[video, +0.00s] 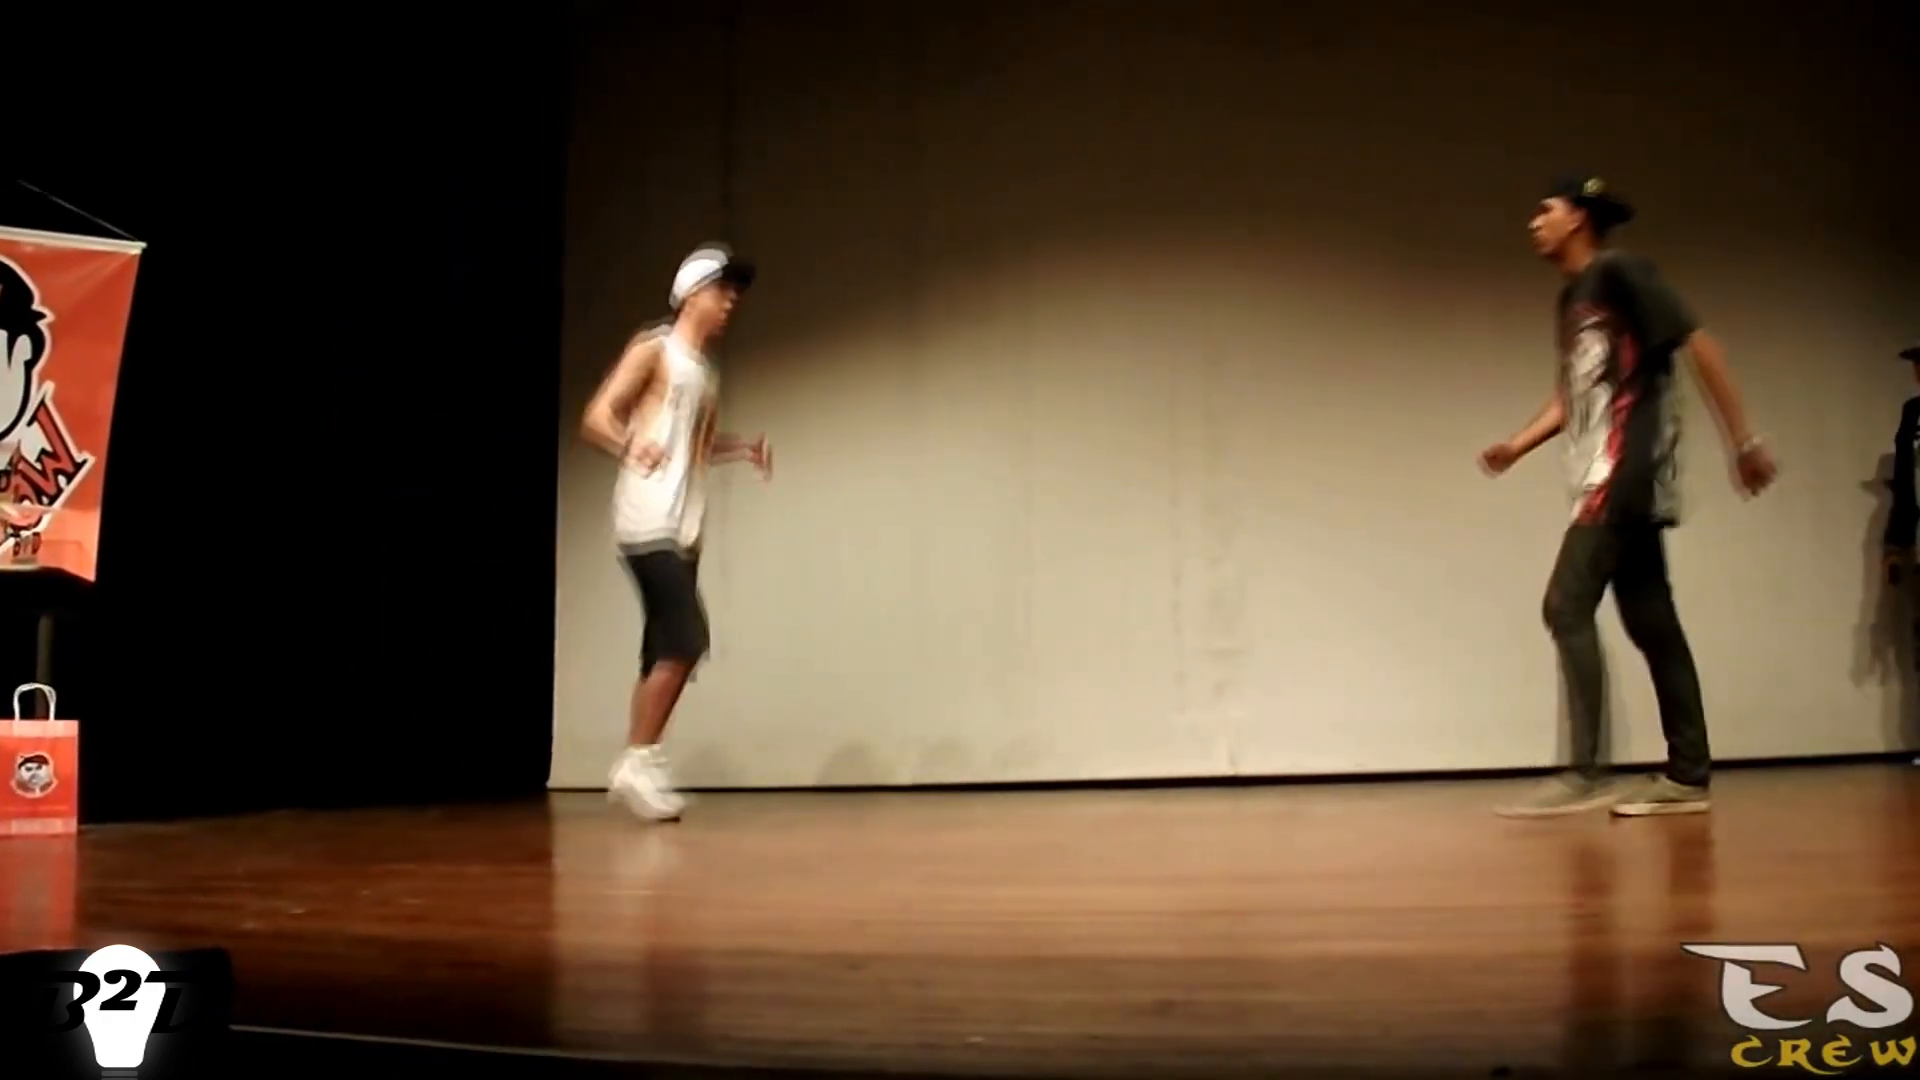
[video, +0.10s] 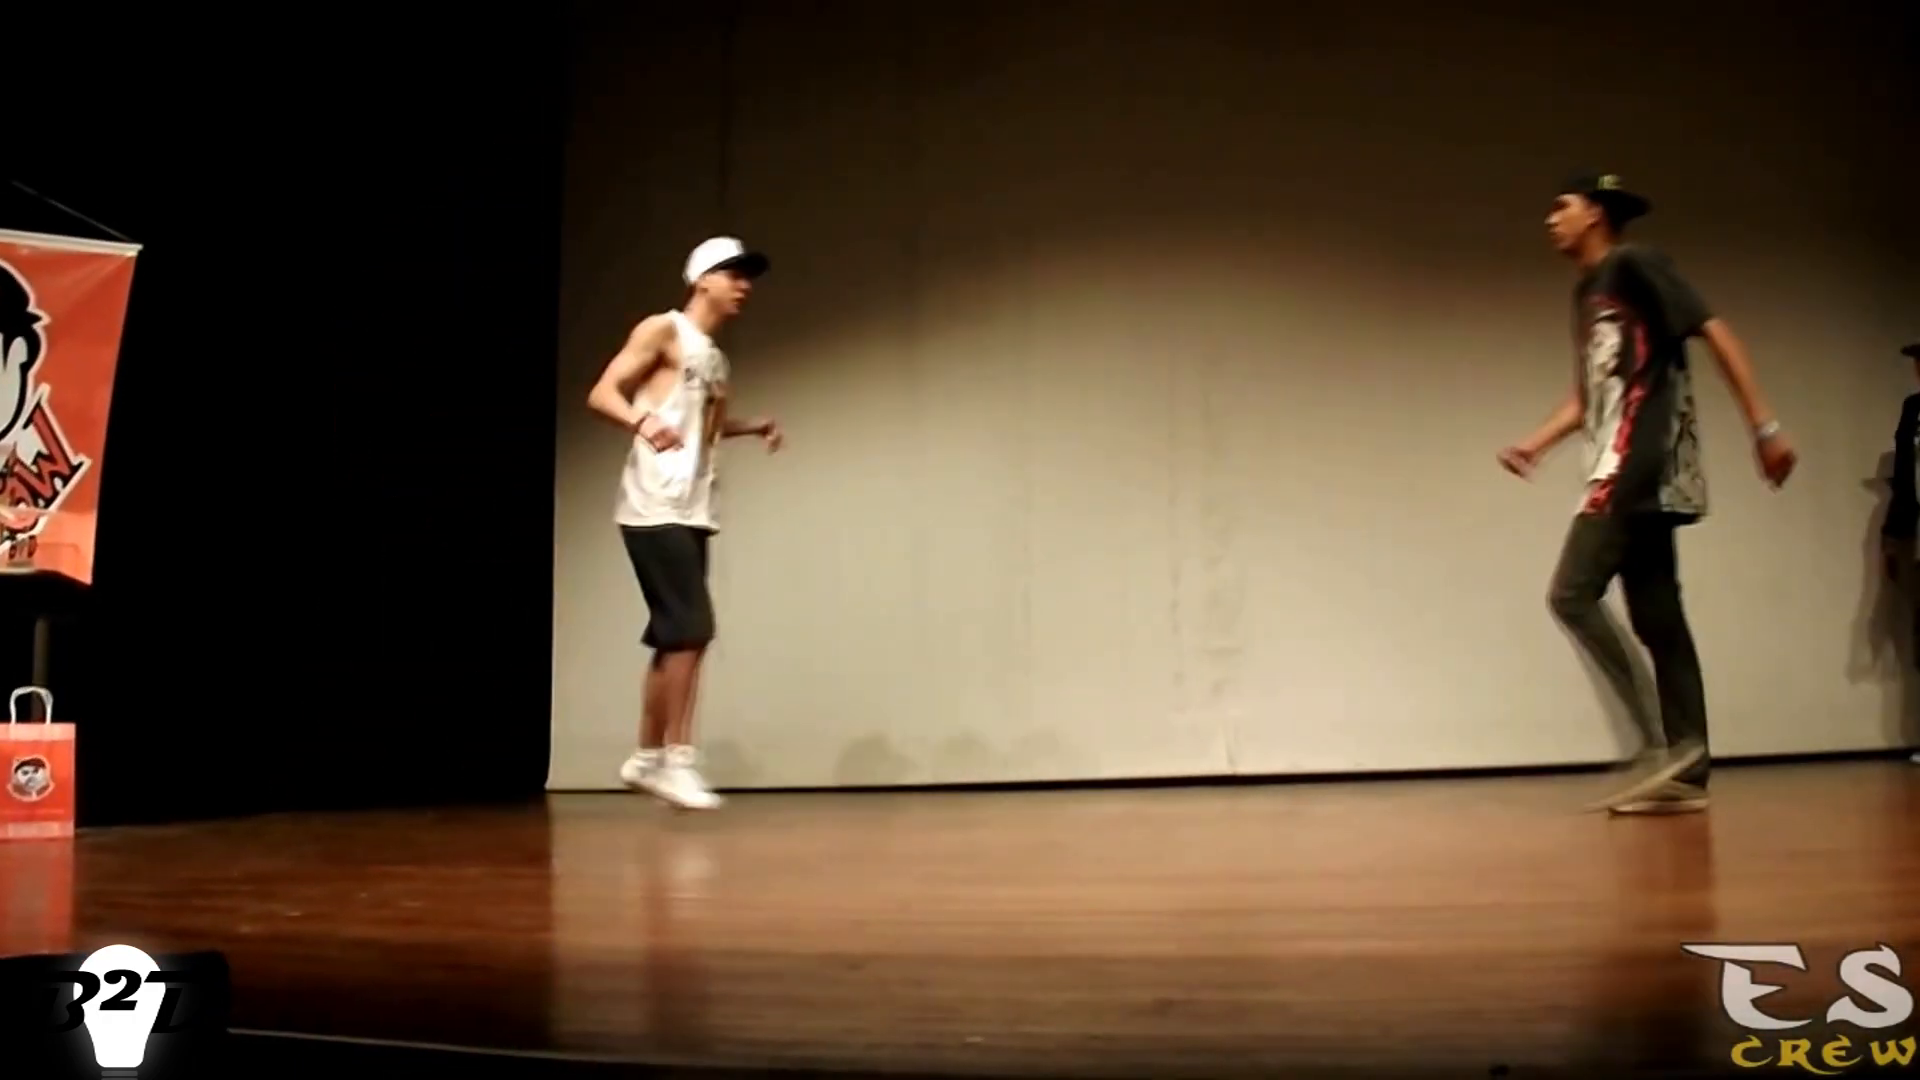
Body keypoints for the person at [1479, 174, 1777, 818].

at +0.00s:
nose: (1534, 223)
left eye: (1546, 212)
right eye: (1537, 213)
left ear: (1582, 220)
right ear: (1571, 224)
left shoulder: (1625, 274)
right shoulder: (1573, 296)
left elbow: (1699, 347)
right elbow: (1569, 398)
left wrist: (1742, 442)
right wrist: (1515, 446)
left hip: (1625, 481)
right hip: (1612, 483)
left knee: (1566, 608)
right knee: (1654, 624)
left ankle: (1583, 776)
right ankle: (1689, 776)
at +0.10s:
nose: (1551, 220)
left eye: (1562, 208)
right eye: (1553, 210)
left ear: (1598, 215)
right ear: (1589, 220)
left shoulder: (1637, 264)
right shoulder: (1591, 290)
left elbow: (1714, 334)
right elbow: (1587, 398)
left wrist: (1764, 429)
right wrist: (1534, 444)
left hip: (1635, 469)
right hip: (1632, 472)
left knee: (1572, 598)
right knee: (1660, 620)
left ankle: (1658, 748)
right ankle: (1687, 775)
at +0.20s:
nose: (1564, 218)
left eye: (1575, 207)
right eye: (1566, 208)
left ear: (1611, 215)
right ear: (1603, 219)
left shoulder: (1644, 263)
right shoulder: (1612, 286)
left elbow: (1718, 332)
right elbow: (1612, 397)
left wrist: (1769, 426)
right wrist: (1558, 457)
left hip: (1648, 467)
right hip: (1641, 469)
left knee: (1592, 600)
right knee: (1667, 612)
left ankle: (1710, 719)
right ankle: (1684, 772)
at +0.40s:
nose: (1596, 212)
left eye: (1608, 201)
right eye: (1599, 202)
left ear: (1644, 210)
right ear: (1632, 214)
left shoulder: (1673, 266)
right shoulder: (1647, 282)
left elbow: (1694, 348)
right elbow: (1654, 385)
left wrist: (1707, 435)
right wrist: (1649, 476)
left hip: (1683, 478)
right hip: (1654, 483)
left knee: (1698, 611)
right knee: (1673, 622)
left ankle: (1803, 757)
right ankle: (1680, 775)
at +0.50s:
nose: (1613, 211)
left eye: (1625, 199)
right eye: (1615, 201)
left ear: (1662, 208)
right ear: (1654, 212)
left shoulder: (1690, 259)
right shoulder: (1666, 276)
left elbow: (1683, 349)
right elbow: (1682, 373)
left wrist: (1641, 419)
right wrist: (1641, 433)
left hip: (1716, 470)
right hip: (1680, 473)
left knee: (1745, 610)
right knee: (1669, 619)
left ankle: (1811, 768)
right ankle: (1677, 776)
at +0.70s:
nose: (1642, 201)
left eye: (1655, 189)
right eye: (1644, 191)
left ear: (1693, 197)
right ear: (1681, 201)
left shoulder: (1726, 250)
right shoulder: (1699, 267)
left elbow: (1680, 332)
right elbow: (1723, 387)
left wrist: (1578, 375)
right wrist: (1700, 472)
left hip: (1765, 458)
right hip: (1719, 460)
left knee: (1775, 609)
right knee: (1666, 595)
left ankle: (1808, 772)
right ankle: (1754, 743)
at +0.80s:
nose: (1660, 196)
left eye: (1673, 185)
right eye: (1662, 186)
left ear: (1711, 195)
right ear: (1694, 199)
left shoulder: (1745, 250)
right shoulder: (1714, 268)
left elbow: (1699, 330)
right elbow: (1739, 386)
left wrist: (1597, 366)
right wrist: (1718, 471)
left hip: (1775, 463)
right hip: (1731, 465)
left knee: (1779, 612)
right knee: (1698, 602)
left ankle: (1806, 774)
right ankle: (1805, 707)